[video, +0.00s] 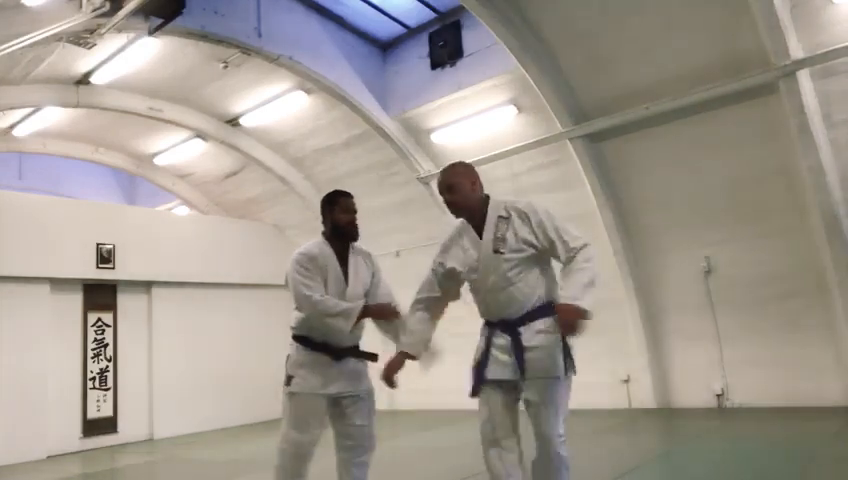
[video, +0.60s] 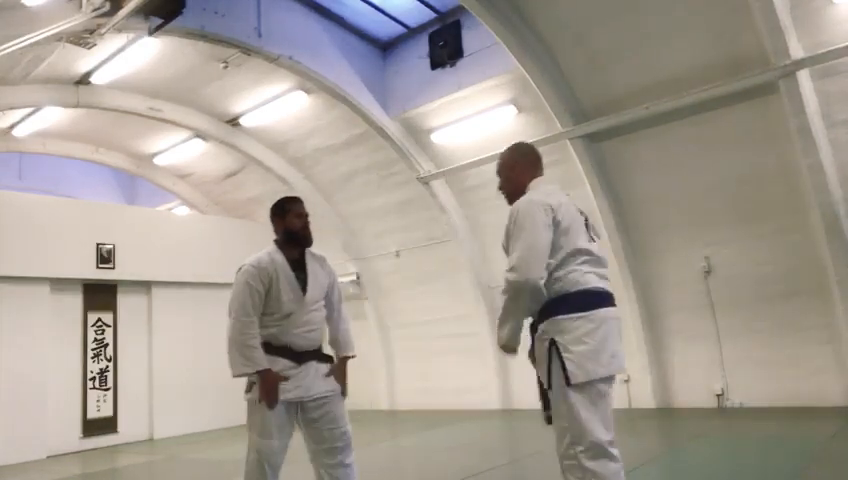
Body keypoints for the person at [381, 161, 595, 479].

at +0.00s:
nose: (446, 199)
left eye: (450, 189)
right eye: (442, 193)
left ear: (474, 183)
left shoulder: (523, 215)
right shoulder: (455, 245)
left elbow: (579, 251)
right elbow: (428, 301)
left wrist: (571, 301)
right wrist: (405, 351)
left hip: (542, 330)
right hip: (497, 338)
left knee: (548, 434)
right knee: (496, 434)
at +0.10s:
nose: (447, 203)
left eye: (451, 193)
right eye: (445, 196)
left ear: (477, 185)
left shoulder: (522, 216)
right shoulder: (462, 246)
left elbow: (573, 262)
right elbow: (445, 306)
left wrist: (540, 307)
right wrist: (424, 362)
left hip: (542, 336)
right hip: (500, 340)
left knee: (544, 436)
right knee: (494, 436)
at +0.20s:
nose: (451, 201)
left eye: (455, 191)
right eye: (449, 193)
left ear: (480, 183)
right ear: (477, 185)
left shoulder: (521, 213)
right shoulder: (474, 243)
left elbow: (563, 265)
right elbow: (468, 307)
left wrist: (515, 318)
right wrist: (449, 368)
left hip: (546, 336)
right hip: (505, 342)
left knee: (544, 436)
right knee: (500, 440)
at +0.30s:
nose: (459, 195)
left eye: (463, 184)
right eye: (458, 186)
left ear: (486, 178)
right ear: (486, 180)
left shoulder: (524, 209)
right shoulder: (494, 233)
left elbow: (553, 265)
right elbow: (493, 303)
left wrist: (501, 326)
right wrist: (482, 357)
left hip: (559, 339)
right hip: (526, 346)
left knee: (566, 447)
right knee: (519, 447)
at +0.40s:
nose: (472, 198)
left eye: (475, 187)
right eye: (471, 190)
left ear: (497, 180)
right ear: (502, 181)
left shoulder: (522, 210)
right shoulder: (518, 216)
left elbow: (538, 274)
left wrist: (503, 344)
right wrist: (507, 349)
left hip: (570, 333)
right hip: (547, 337)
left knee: (585, 452)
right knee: (529, 436)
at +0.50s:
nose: (485, 196)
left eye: (488, 186)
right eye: (484, 188)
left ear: (507, 180)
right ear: (516, 180)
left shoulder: (527, 210)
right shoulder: (546, 210)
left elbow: (524, 279)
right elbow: (557, 290)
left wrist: (504, 348)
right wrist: (533, 350)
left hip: (575, 329)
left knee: (581, 450)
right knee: (546, 448)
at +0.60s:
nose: (499, 185)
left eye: (501, 175)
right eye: (499, 176)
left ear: (519, 170)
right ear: (533, 169)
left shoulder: (532, 203)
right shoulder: (561, 200)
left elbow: (527, 276)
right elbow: (575, 272)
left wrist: (509, 330)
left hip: (572, 326)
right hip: (592, 320)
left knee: (583, 449)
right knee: (588, 446)